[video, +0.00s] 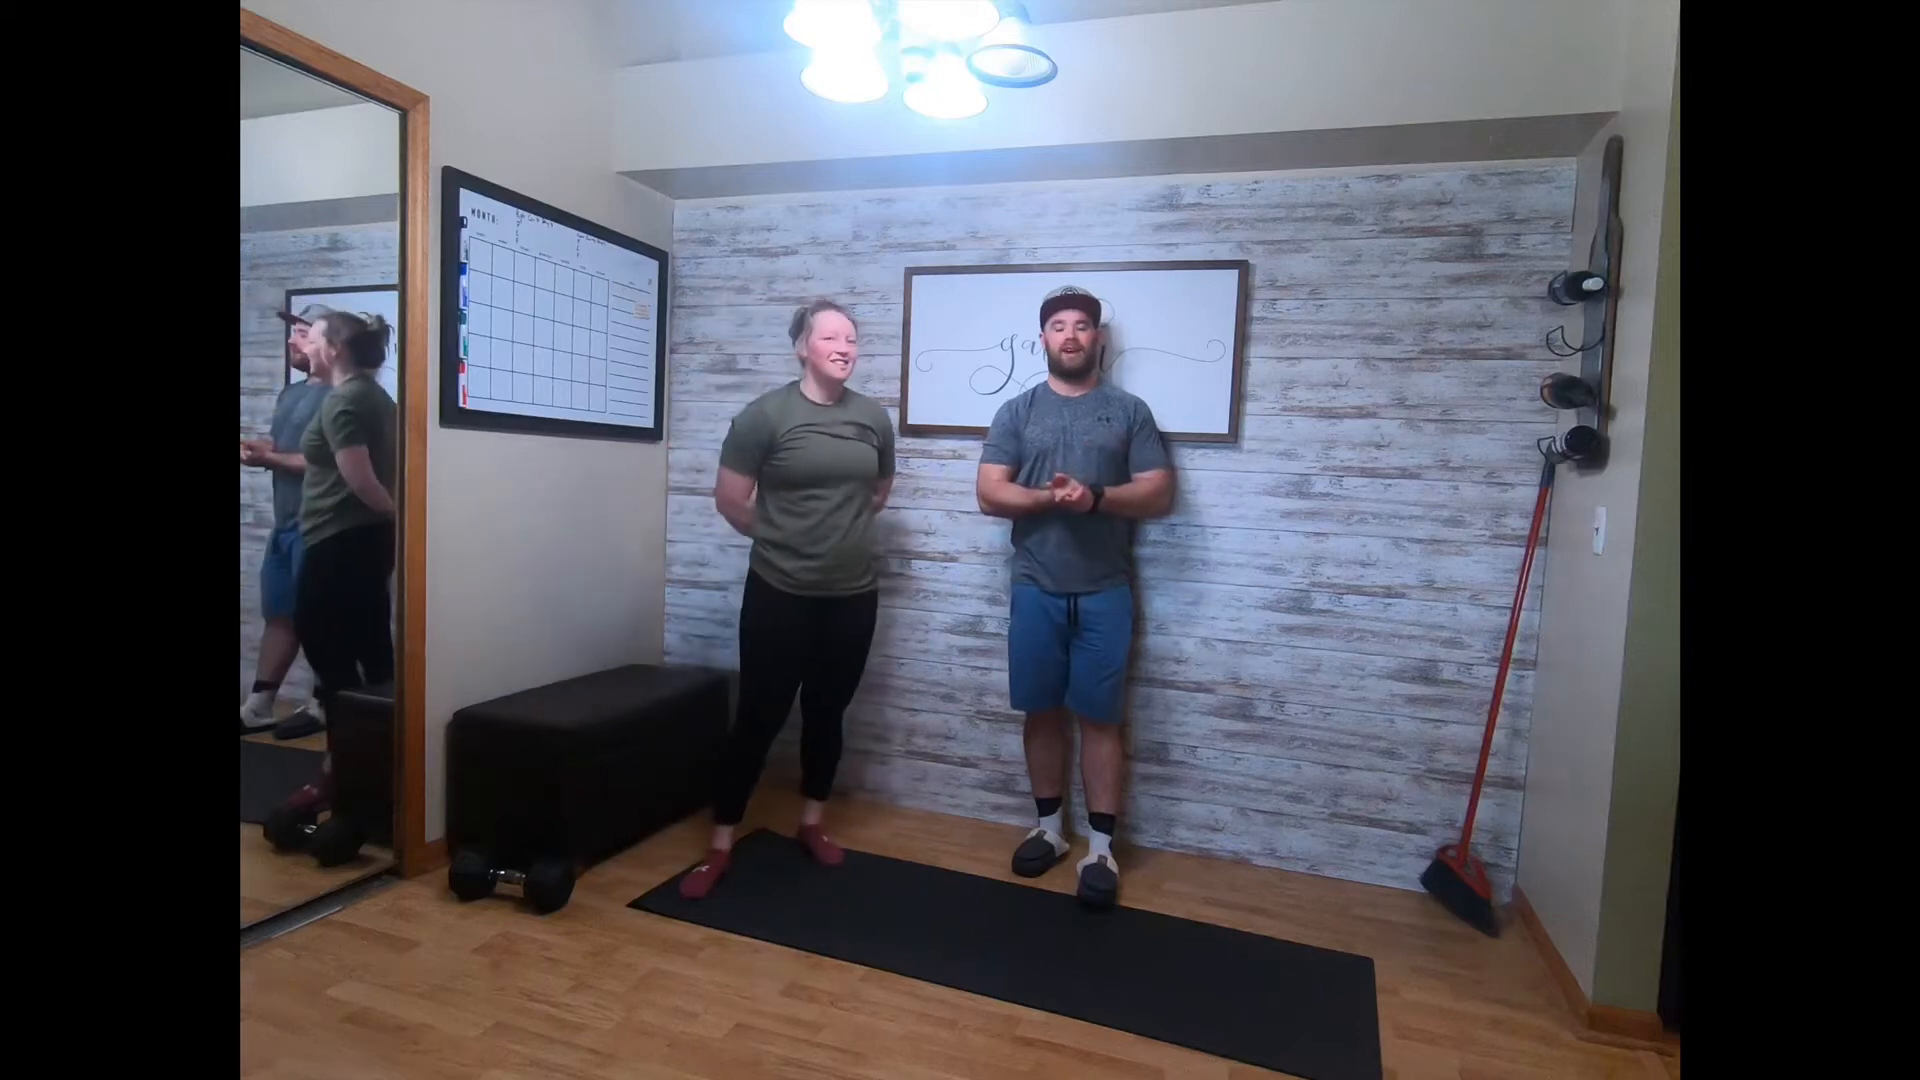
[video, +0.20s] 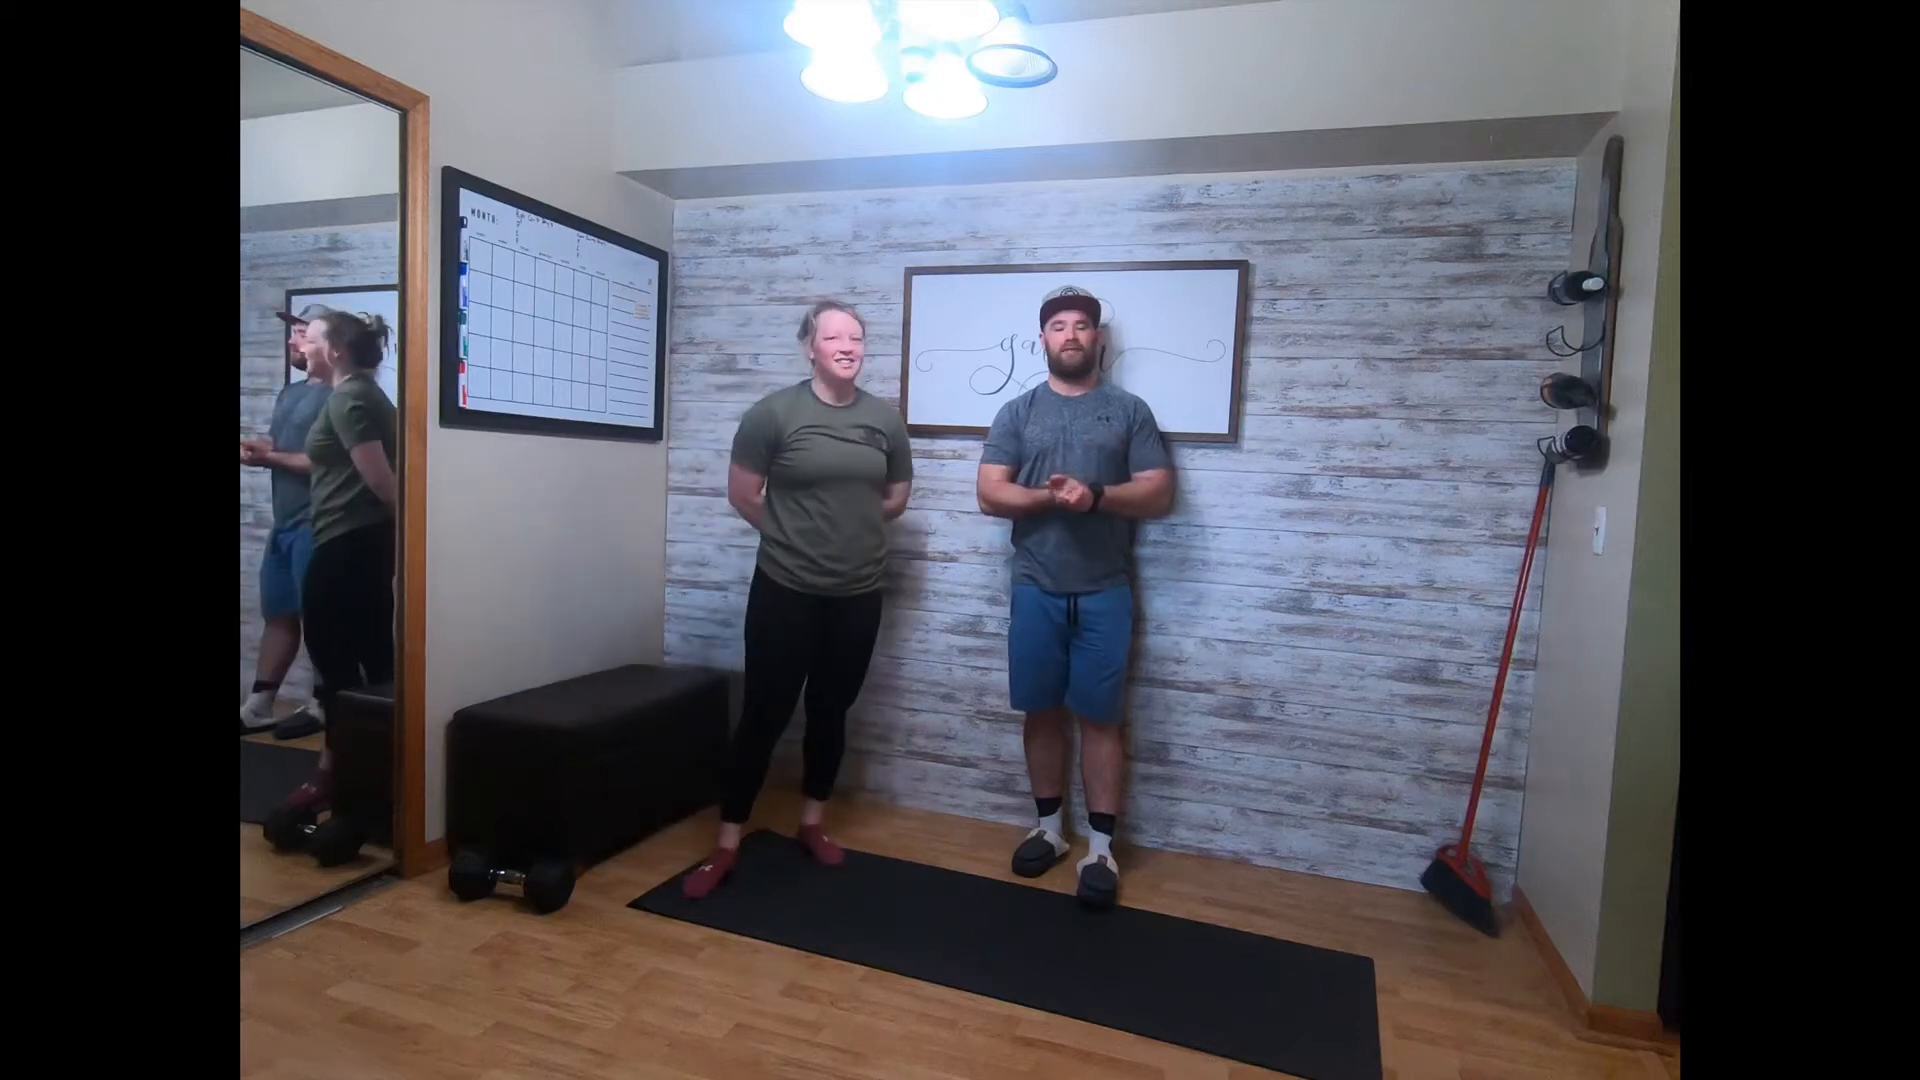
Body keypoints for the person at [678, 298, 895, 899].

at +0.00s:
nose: (844, 348)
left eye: (851, 340)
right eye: (832, 339)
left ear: (857, 351)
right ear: (802, 348)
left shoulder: (875, 420)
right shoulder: (765, 417)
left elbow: (879, 493)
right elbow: (730, 500)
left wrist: (833, 527)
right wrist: (785, 534)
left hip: (850, 596)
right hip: (778, 592)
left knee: (826, 714)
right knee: (758, 718)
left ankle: (813, 823)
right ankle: (721, 843)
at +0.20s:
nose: (849, 349)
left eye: (856, 339)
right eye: (835, 339)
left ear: (865, 349)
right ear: (810, 349)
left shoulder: (886, 419)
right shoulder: (773, 414)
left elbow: (895, 499)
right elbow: (743, 493)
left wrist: (840, 524)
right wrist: (794, 533)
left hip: (856, 594)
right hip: (784, 589)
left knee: (829, 712)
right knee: (764, 716)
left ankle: (812, 824)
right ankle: (728, 843)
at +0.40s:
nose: (846, 353)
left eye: (856, 343)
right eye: (834, 342)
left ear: (868, 350)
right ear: (815, 350)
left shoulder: (891, 422)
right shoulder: (776, 412)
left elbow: (901, 503)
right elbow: (748, 489)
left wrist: (843, 522)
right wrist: (795, 530)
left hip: (854, 595)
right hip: (781, 588)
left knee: (829, 715)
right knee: (759, 715)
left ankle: (813, 825)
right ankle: (727, 843)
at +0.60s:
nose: (835, 352)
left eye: (845, 342)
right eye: (824, 342)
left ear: (863, 351)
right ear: (808, 350)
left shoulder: (886, 421)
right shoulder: (769, 409)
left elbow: (899, 504)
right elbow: (744, 487)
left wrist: (842, 526)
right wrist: (791, 527)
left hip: (845, 594)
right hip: (772, 587)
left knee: (824, 712)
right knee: (745, 708)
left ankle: (812, 823)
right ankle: (716, 833)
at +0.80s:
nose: (818, 350)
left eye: (829, 340)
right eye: (807, 340)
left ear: (845, 350)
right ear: (791, 349)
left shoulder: (870, 423)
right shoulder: (751, 410)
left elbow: (882, 505)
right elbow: (724, 486)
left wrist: (825, 526)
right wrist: (771, 527)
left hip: (832, 595)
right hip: (757, 589)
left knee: (817, 713)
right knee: (738, 712)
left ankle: (812, 824)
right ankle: (712, 833)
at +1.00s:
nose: (791, 344)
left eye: (802, 336)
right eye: (781, 336)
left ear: (820, 346)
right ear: (765, 346)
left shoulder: (847, 419)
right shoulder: (728, 408)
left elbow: (859, 503)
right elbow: (699, 488)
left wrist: (806, 525)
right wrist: (749, 527)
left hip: (814, 594)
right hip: (736, 589)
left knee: (805, 712)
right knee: (725, 712)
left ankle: (811, 823)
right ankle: (710, 833)